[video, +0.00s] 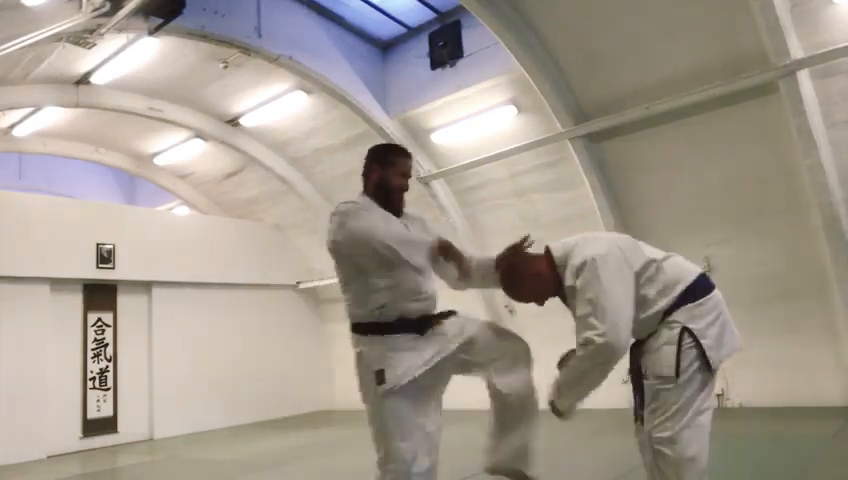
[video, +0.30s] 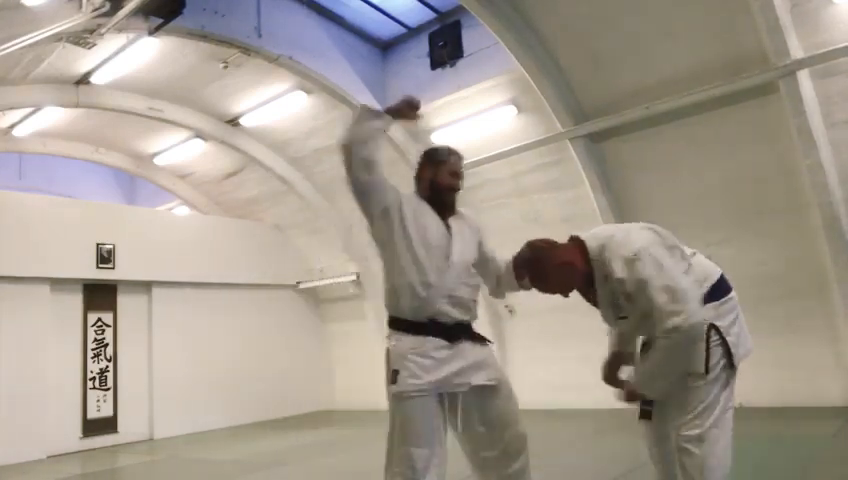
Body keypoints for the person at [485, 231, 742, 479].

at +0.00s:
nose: (540, 303)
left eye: (533, 296)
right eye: (531, 300)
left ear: (537, 270)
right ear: (536, 264)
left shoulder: (594, 259)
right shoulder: (574, 265)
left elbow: (609, 340)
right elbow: (602, 327)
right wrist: (579, 354)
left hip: (684, 318)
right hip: (656, 324)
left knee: (669, 435)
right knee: (652, 433)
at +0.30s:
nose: (562, 293)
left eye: (557, 287)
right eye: (554, 291)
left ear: (567, 263)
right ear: (566, 259)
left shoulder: (631, 253)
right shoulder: (591, 265)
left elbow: (683, 324)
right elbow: (625, 315)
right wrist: (619, 353)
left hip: (706, 325)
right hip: (665, 333)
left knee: (691, 432)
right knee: (658, 426)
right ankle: (671, 475)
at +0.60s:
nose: (597, 285)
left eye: (593, 277)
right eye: (589, 283)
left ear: (599, 246)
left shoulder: (660, 234)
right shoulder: (604, 278)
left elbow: (756, 255)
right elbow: (631, 312)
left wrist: (821, 315)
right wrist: (639, 352)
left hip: (718, 312)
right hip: (671, 332)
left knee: (725, 421)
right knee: (676, 425)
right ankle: (693, 477)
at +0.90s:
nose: (624, 284)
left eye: (620, 275)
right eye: (615, 281)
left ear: (625, 243)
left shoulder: (690, 227)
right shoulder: (631, 276)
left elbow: (788, 251)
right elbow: (664, 315)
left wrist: (824, 326)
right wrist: (679, 357)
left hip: (762, 313)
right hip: (707, 334)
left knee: (800, 425)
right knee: (709, 432)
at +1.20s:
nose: (690, 240)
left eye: (694, 229)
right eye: (681, 234)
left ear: (713, 202)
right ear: (672, 227)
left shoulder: (778, 208)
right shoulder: (678, 251)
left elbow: (842, 251)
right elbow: (694, 301)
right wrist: (697, 355)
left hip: (808, 311)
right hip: (745, 323)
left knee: (823, 429)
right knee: (730, 432)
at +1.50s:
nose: (745, 147)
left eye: (756, 136)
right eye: (741, 136)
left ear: (790, 135)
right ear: (737, 138)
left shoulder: (837, 176)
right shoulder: (725, 191)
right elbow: (719, 263)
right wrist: (723, 320)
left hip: (831, 303)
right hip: (772, 308)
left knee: (840, 424)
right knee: (765, 419)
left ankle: (839, 471)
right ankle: (814, 472)